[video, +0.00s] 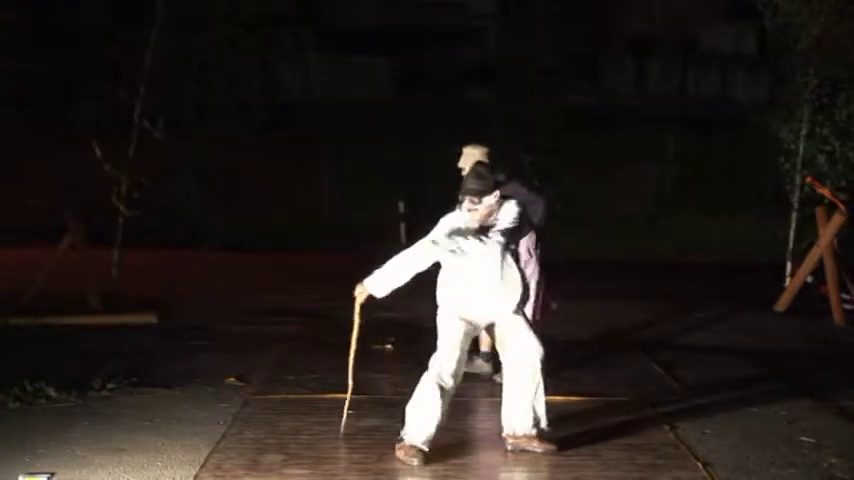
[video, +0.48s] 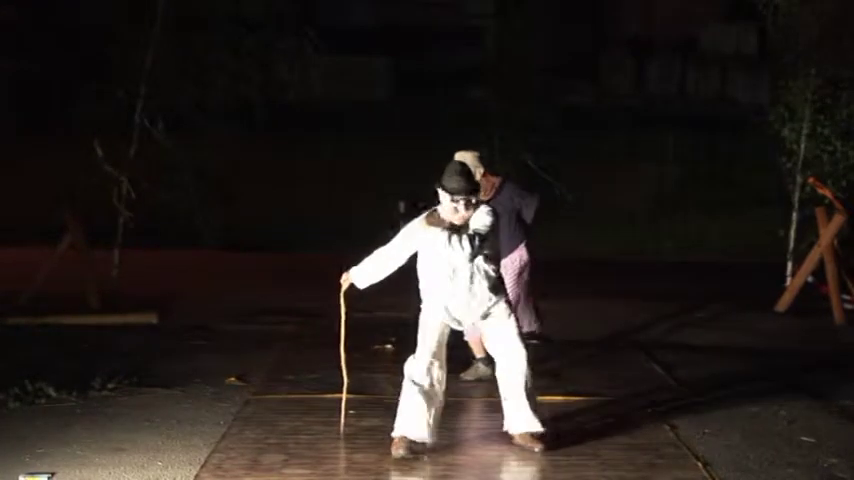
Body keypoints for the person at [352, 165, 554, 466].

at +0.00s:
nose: (476, 212)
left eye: (482, 205)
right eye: (471, 205)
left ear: (494, 201)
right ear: (467, 203)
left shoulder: (506, 218)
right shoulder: (450, 229)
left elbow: (532, 208)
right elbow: (413, 258)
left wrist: (515, 192)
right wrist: (372, 285)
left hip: (502, 310)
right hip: (458, 312)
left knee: (528, 353)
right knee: (446, 366)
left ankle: (520, 432)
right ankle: (413, 440)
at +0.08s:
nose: (462, 208)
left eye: (470, 202)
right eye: (460, 202)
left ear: (479, 205)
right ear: (452, 204)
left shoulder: (487, 229)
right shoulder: (437, 236)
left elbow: (502, 216)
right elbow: (398, 260)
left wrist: (484, 211)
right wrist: (357, 282)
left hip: (495, 310)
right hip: (450, 314)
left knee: (527, 353)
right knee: (442, 366)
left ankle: (519, 433)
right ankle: (411, 439)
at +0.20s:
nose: (470, 212)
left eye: (469, 206)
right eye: (465, 207)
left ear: (469, 207)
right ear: (445, 208)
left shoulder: (482, 221)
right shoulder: (425, 237)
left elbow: (487, 226)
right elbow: (384, 256)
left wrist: (447, 228)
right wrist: (347, 277)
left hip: (483, 308)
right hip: (441, 315)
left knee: (523, 353)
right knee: (431, 363)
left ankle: (522, 433)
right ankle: (408, 439)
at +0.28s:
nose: (452, 217)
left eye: (457, 210)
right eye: (453, 211)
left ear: (467, 207)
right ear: (440, 207)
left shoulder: (481, 220)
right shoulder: (421, 235)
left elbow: (478, 229)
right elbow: (384, 255)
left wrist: (442, 232)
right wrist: (348, 274)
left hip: (483, 307)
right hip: (438, 315)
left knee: (521, 354)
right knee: (428, 368)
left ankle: (522, 432)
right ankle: (406, 438)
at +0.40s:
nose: (448, 212)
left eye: (457, 206)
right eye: (443, 205)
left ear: (471, 204)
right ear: (436, 201)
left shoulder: (482, 218)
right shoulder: (422, 229)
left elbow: (473, 249)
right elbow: (389, 254)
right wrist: (355, 275)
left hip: (483, 303)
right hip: (437, 308)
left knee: (517, 356)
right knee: (425, 366)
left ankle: (521, 429)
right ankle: (404, 436)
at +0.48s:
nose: (462, 210)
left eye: (468, 204)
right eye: (456, 204)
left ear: (475, 201)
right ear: (442, 200)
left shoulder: (484, 218)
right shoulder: (424, 227)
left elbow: (472, 246)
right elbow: (391, 253)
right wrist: (356, 275)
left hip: (485, 301)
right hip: (439, 307)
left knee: (514, 358)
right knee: (425, 366)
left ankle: (521, 427)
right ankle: (404, 434)